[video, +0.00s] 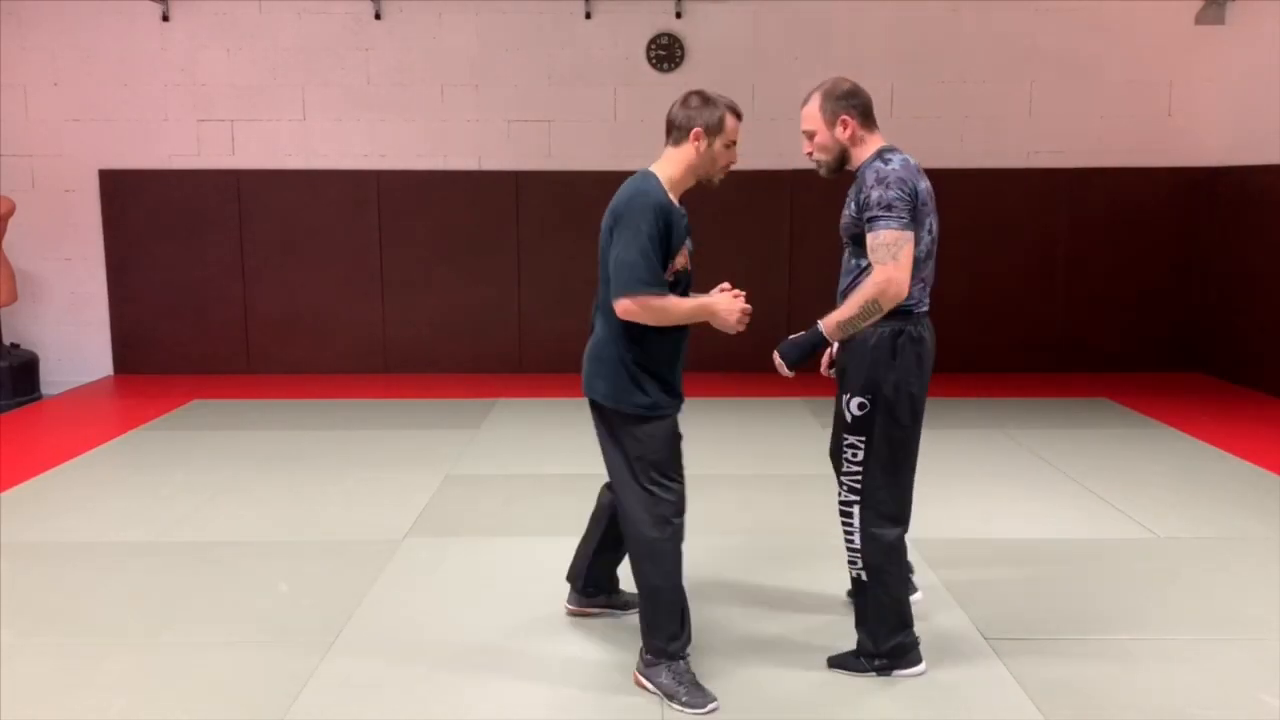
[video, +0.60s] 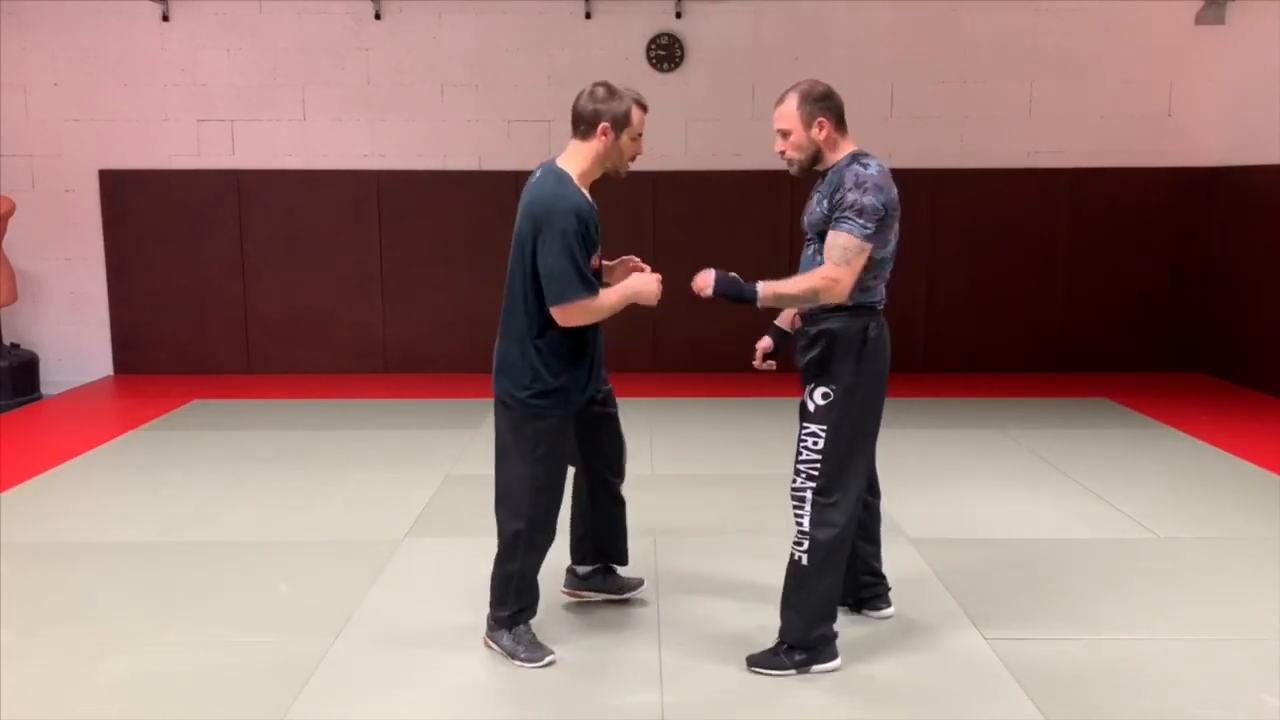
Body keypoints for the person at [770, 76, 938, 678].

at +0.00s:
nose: (807, 146)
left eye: (812, 133)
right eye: (806, 134)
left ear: (848, 126)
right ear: (850, 127)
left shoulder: (884, 179)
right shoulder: (879, 174)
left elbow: (890, 281)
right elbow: (883, 278)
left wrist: (810, 336)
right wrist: (840, 338)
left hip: (886, 346)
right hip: (882, 343)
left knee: (865, 491)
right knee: (868, 481)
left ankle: (888, 645)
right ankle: (888, 584)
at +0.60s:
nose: (780, 146)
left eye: (786, 134)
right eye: (777, 134)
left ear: (823, 128)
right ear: (822, 130)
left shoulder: (864, 181)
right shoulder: (837, 180)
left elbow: (836, 281)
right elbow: (824, 274)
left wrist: (738, 288)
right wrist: (782, 331)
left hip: (848, 343)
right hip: (835, 339)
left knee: (817, 490)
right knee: (850, 474)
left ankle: (808, 642)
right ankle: (865, 587)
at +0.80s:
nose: (760, 146)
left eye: (765, 133)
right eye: (758, 134)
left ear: (800, 128)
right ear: (804, 127)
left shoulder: (829, 183)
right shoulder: (841, 172)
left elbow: (762, 269)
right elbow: (828, 270)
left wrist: (679, 253)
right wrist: (783, 328)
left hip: (822, 343)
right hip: (833, 338)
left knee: (802, 493)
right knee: (829, 475)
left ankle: (807, 643)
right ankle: (857, 580)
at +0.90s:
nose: (748, 148)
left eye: (752, 135)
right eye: (746, 136)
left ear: (786, 128)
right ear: (795, 128)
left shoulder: (812, 183)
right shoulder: (844, 173)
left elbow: (728, 264)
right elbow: (825, 271)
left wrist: (653, 232)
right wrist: (790, 332)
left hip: (815, 343)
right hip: (835, 338)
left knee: (797, 491)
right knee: (822, 471)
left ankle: (808, 642)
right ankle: (850, 573)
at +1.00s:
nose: (739, 150)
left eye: (742, 137)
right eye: (737, 138)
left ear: (773, 128)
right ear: (790, 127)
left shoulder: (789, 185)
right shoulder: (846, 174)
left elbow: (701, 257)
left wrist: (627, 232)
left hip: (805, 344)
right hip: (840, 339)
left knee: (791, 491)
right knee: (816, 472)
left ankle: (808, 642)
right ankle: (837, 569)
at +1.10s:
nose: (727, 151)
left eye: (730, 139)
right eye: (725, 139)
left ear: (761, 130)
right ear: (778, 129)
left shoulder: (772, 184)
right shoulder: (841, 177)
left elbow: (672, 246)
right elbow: (850, 277)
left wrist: (590, 241)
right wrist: (822, 330)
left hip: (796, 345)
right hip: (833, 338)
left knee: (787, 489)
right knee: (814, 476)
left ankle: (808, 644)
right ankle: (814, 577)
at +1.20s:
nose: (719, 153)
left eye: (722, 141)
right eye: (717, 142)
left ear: (754, 132)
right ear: (771, 131)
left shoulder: (764, 186)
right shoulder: (834, 180)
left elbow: (670, 250)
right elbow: (848, 274)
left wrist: (587, 242)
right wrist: (825, 333)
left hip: (793, 343)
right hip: (828, 339)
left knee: (783, 488)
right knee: (807, 475)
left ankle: (808, 643)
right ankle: (799, 576)